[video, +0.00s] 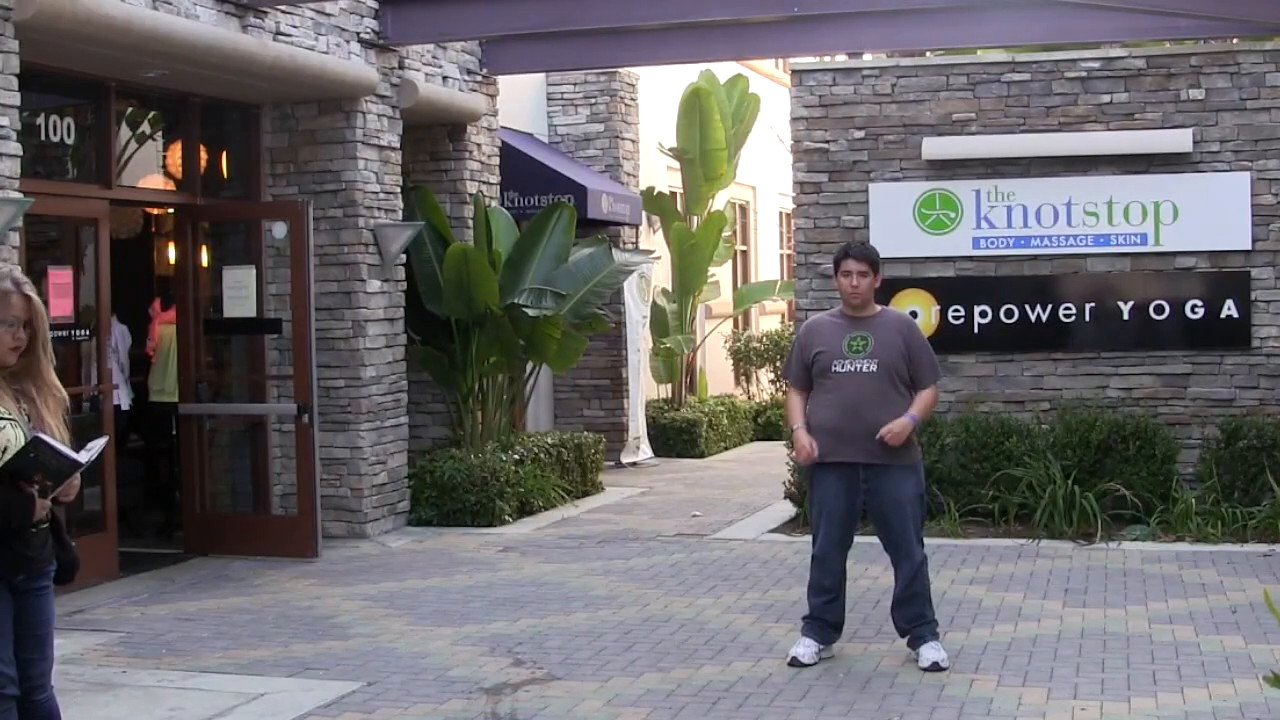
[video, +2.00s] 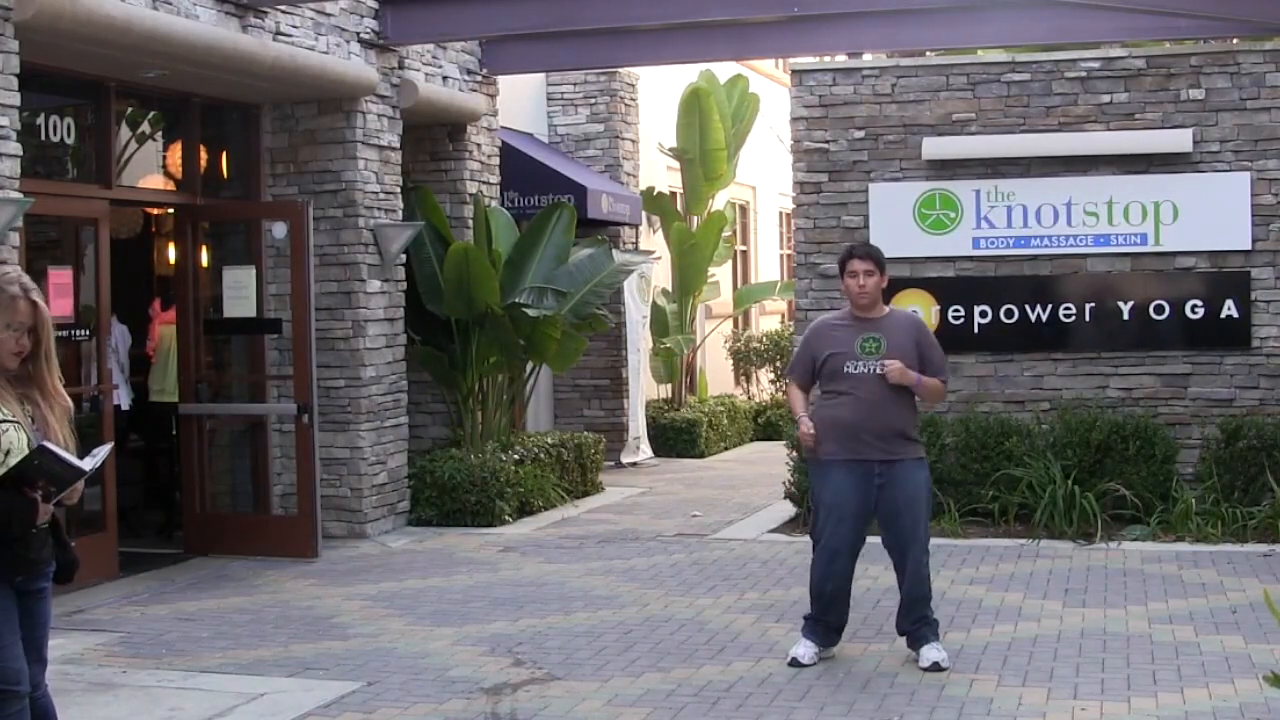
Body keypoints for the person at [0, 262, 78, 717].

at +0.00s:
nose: (17, 335)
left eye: (24, 325)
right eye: (7, 324)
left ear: (34, 329)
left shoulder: (43, 393)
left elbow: (61, 471)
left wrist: (67, 488)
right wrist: (29, 505)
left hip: (36, 561)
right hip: (2, 561)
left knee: (37, 689)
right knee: (6, 690)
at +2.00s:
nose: (22, 341)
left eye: (29, 330)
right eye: (12, 329)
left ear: (38, 333)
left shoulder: (47, 396)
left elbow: (67, 479)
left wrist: (66, 490)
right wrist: (23, 508)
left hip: (37, 556)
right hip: (2, 557)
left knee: (35, 682)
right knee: (14, 686)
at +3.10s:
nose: (15, 331)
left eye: (23, 322)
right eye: (7, 318)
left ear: (31, 329)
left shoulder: (42, 391)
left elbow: (62, 465)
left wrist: (69, 484)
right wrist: (29, 499)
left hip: (36, 557)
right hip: (1, 555)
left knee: (37, 689)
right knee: (3, 687)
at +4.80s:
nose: (18, 336)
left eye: (25, 325)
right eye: (9, 323)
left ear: (34, 329)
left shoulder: (42, 390)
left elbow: (62, 464)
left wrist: (69, 485)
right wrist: (33, 491)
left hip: (39, 560)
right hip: (4, 559)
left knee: (39, 691)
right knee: (12, 693)